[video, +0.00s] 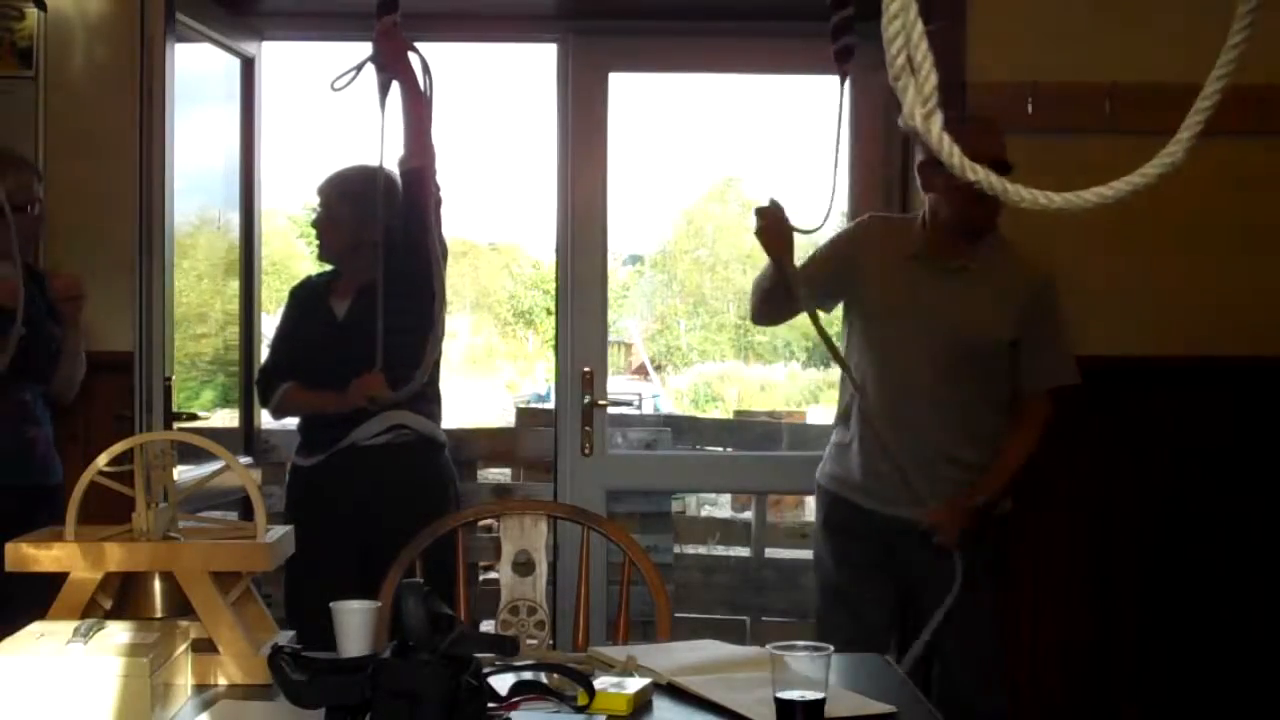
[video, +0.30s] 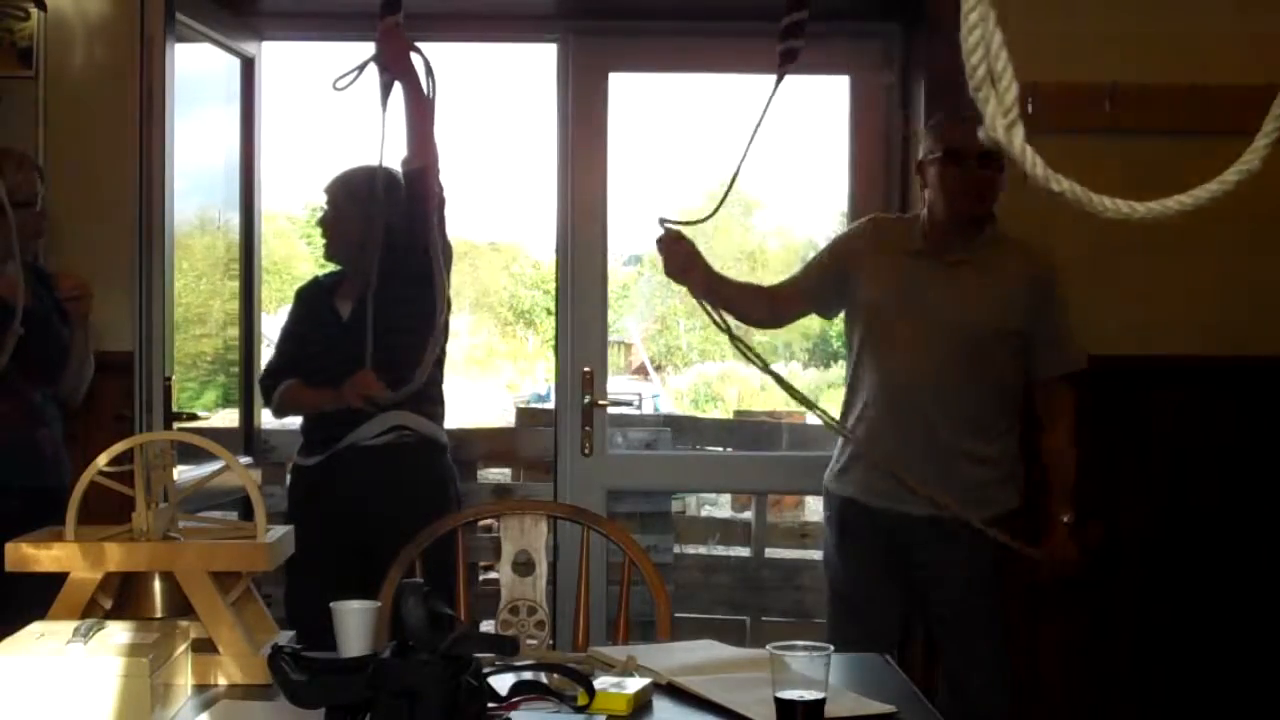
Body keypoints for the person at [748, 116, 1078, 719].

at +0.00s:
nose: (981, 193)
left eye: (993, 179)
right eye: (965, 178)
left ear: (1006, 187)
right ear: (928, 181)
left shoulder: (1022, 284)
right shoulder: (872, 240)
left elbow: (1037, 411)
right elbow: (767, 312)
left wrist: (974, 503)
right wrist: (780, 260)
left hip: (960, 525)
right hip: (856, 510)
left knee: (959, 690)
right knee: (854, 681)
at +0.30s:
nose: (975, 176)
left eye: (987, 162)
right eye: (958, 161)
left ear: (1002, 177)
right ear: (925, 173)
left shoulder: (1025, 273)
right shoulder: (872, 245)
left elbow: (1055, 410)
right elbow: (775, 307)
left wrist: (1059, 517)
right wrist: (701, 277)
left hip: (978, 518)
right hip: (867, 507)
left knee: (976, 689)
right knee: (863, 682)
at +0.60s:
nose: (919, 167)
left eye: (936, 153)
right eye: (903, 153)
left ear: (961, 167)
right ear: (877, 168)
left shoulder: (996, 259)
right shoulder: (836, 258)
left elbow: (1043, 378)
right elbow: (765, 354)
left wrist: (1081, 482)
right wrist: (694, 365)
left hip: (966, 520)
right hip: (857, 517)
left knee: (970, 689)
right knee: (864, 685)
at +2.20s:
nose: (853, 170)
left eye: (871, 158)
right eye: (852, 160)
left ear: (916, 172)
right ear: (850, 175)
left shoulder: (975, 260)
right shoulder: (823, 271)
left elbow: (1011, 386)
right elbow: (809, 398)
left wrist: (1018, 500)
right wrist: (783, 382)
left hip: (952, 507)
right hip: (845, 506)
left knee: (954, 682)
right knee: (854, 681)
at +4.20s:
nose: (909, 171)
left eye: (923, 159)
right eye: (892, 160)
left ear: (941, 174)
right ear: (863, 178)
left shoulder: (983, 265)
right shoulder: (823, 269)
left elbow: (1012, 390)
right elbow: (806, 396)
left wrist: (1016, 503)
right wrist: (785, 383)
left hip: (953, 508)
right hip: (843, 506)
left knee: (952, 681)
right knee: (853, 678)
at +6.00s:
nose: (859, 171)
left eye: (879, 159)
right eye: (856, 160)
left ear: (924, 176)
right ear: (848, 175)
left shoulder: (970, 260)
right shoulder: (821, 270)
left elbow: (1005, 383)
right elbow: (810, 395)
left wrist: (1006, 498)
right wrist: (775, 386)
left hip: (941, 506)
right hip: (836, 505)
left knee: (946, 681)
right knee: (847, 678)